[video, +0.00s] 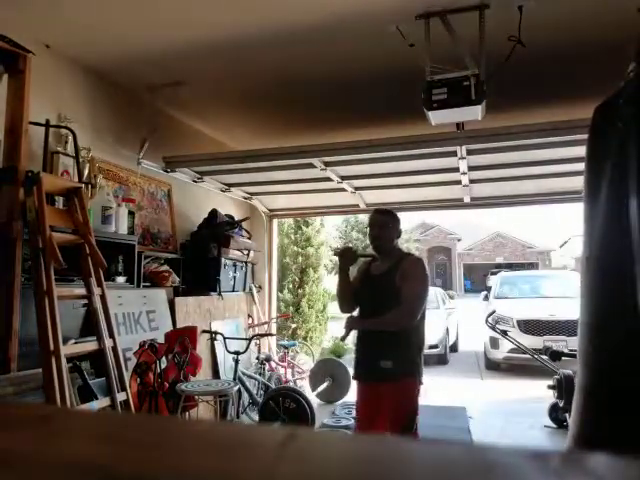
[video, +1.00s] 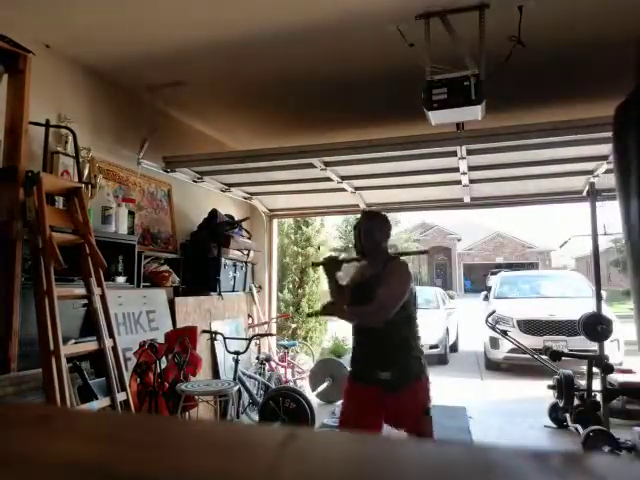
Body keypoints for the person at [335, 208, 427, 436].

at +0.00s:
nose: (375, 233)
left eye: (383, 227)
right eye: (372, 227)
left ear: (397, 231)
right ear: (367, 231)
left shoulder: (412, 265)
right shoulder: (367, 267)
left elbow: (408, 317)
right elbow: (346, 305)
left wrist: (360, 323)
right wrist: (343, 268)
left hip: (401, 370)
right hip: (369, 369)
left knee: (400, 443)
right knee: (367, 441)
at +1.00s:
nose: (369, 239)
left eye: (375, 232)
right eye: (364, 233)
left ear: (386, 235)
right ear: (357, 237)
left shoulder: (398, 270)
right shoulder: (360, 272)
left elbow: (381, 313)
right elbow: (344, 305)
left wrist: (343, 313)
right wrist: (332, 277)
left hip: (404, 371)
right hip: (365, 370)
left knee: (421, 445)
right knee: (355, 447)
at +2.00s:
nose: (361, 229)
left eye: (370, 222)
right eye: (360, 221)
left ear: (390, 225)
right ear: (358, 222)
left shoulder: (411, 266)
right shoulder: (349, 254)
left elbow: (404, 320)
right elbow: (308, 276)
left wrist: (351, 321)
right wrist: (340, 259)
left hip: (393, 379)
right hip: (348, 376)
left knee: (393, 462)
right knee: (346, 459)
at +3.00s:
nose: (393, 213)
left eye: (405, 207)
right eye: (389, 205)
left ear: (421, 217)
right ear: (382, 209)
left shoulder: (426, 262)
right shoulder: (354, 251)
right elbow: (345, 311)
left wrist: (458, 224)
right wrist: (410, 327)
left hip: (409, 393)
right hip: (352, 387)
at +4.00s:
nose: (248, 227)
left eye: (254, 218)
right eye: (245, 221)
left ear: (279, 219)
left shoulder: (301, 250)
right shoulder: (267, 266)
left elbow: (280, 302)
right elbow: (243, 314)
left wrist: (231, 334)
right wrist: (228, 271)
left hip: (310, 354)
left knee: (248, 379)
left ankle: (298, 453)